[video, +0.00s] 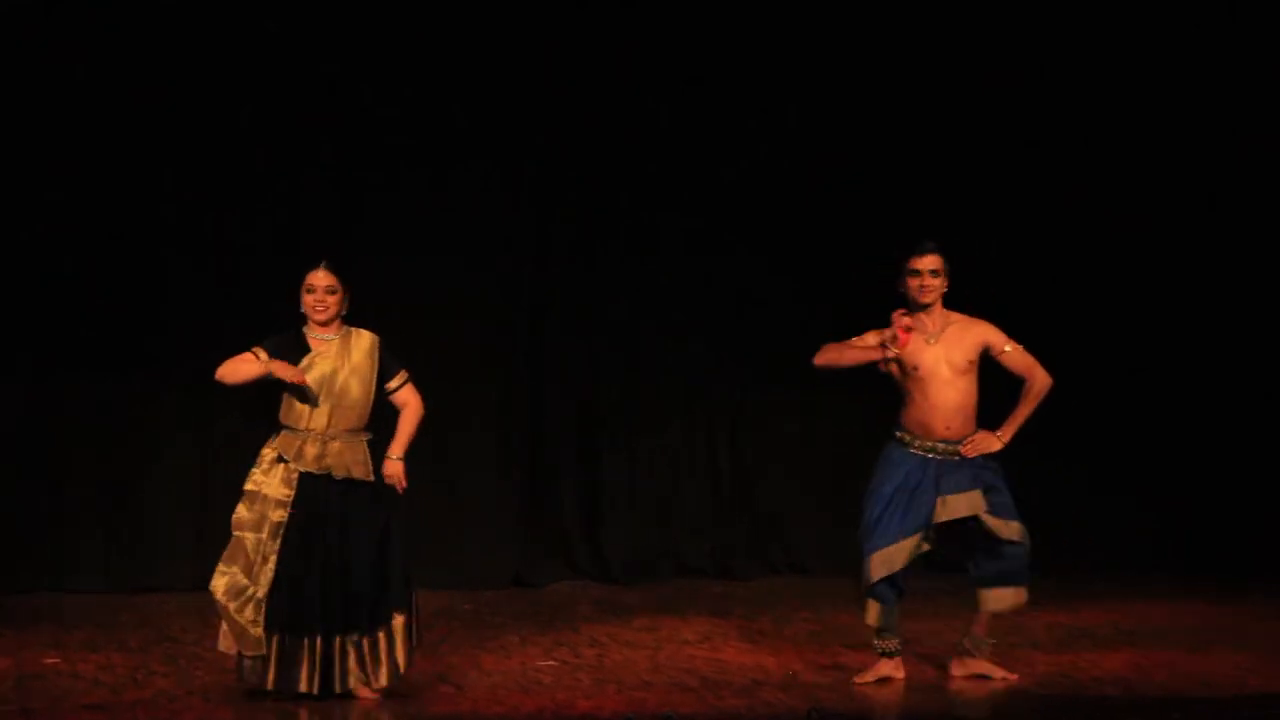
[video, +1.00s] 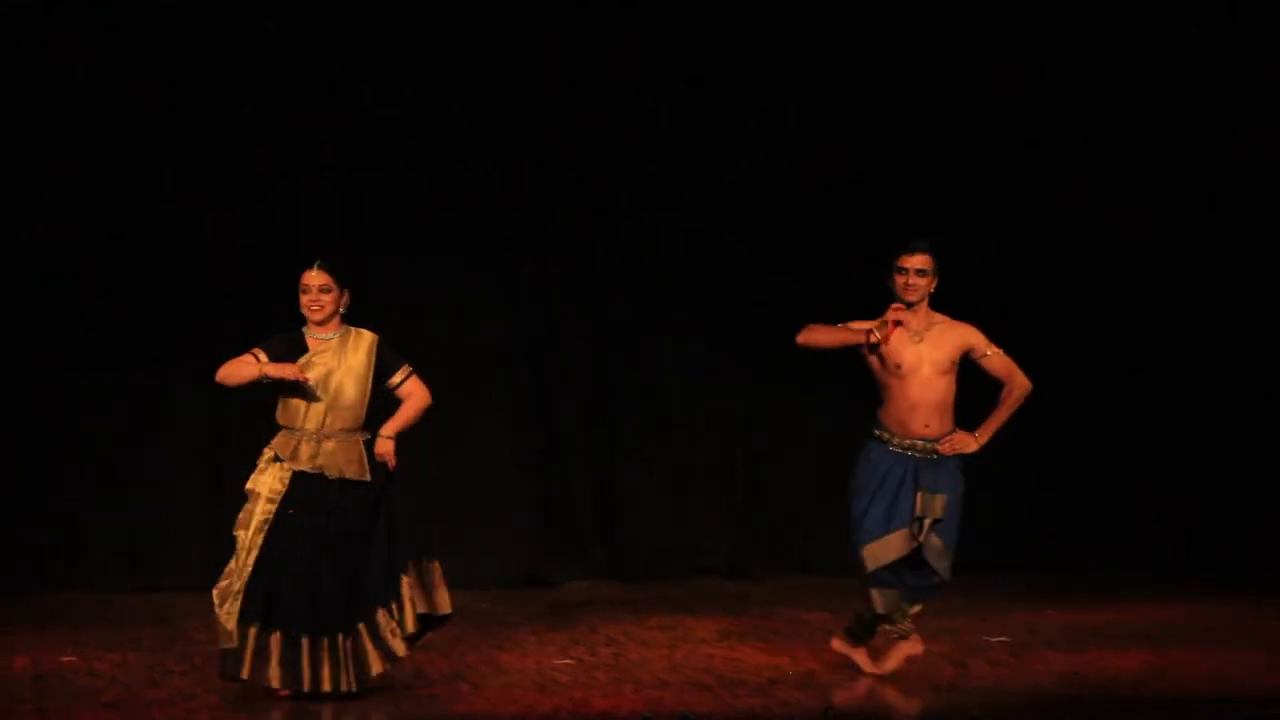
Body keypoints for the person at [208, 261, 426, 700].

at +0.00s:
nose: (319, 299)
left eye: (329, 292)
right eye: (311, 291)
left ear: (344, 298)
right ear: (301, 297)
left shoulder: (368, 347)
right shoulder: (285, 344)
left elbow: (412, 404)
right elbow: (225, 373)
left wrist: (395, 455)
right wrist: (271, 367)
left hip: (352, 473)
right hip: (294, 472)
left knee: (358, 572)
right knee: (294, 572)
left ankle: (358, 674)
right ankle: (297, 674)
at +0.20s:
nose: (347, 299)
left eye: (353, 292)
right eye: (337, 291)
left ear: (359, 300)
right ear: (314, 298)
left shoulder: (376, 349)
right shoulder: (294, 345)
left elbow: (416, 411)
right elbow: (237, 366)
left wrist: (420, 471)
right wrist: (291, 360)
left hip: (362, 475)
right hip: (304, 473)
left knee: (364, 571)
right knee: (300, 571)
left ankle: (360, 674)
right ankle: (298, 673)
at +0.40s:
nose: (354, 300)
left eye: (359, 293)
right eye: (343, 292)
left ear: (365, 301)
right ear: (320, 300)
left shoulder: (379, 351)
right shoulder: (302, 345)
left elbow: (419, 414)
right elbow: (243, 363)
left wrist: (427, 475)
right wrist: (297, 356)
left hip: (364, 473)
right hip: (308, 472)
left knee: (369, 570)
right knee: (310, 571)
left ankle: (371, 676)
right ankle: (312, 675)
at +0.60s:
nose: (351, 298)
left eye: (356, 291)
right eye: (340, 290)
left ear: (361, 299)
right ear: (316, 298)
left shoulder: (374, 348)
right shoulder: (297, 344)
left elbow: (418, 410)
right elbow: (237, 364)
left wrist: (420, 468)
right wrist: (289, 358)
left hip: (362, 470)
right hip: (305, 471)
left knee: (381, 562)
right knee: (299, 566)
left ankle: (390, 671)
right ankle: (304, 667)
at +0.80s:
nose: (319, 297)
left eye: (328, 289)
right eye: (312, 290)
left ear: (346, 295)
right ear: (302, 296)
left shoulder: (369, 346)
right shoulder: (289, 343)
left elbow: (417, 400)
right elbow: (225, 370)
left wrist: (394, 445)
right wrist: (276, 366)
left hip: (350, 473)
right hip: (292, 471)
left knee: (355, 568)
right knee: (296, 572)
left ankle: (360, 671)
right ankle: (300, 678)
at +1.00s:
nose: (314, 299)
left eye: (324, 291)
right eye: (307, 291)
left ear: (342, 297)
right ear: (299, 298)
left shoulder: (367, 345)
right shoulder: (288, 343)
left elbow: (419, 396)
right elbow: (223, 374)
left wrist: (387, 432)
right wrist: (270, 370)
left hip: (346, 472)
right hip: (290, 469)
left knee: (341, 569)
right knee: (284, 568)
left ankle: (338, 672)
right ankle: (287, 673)